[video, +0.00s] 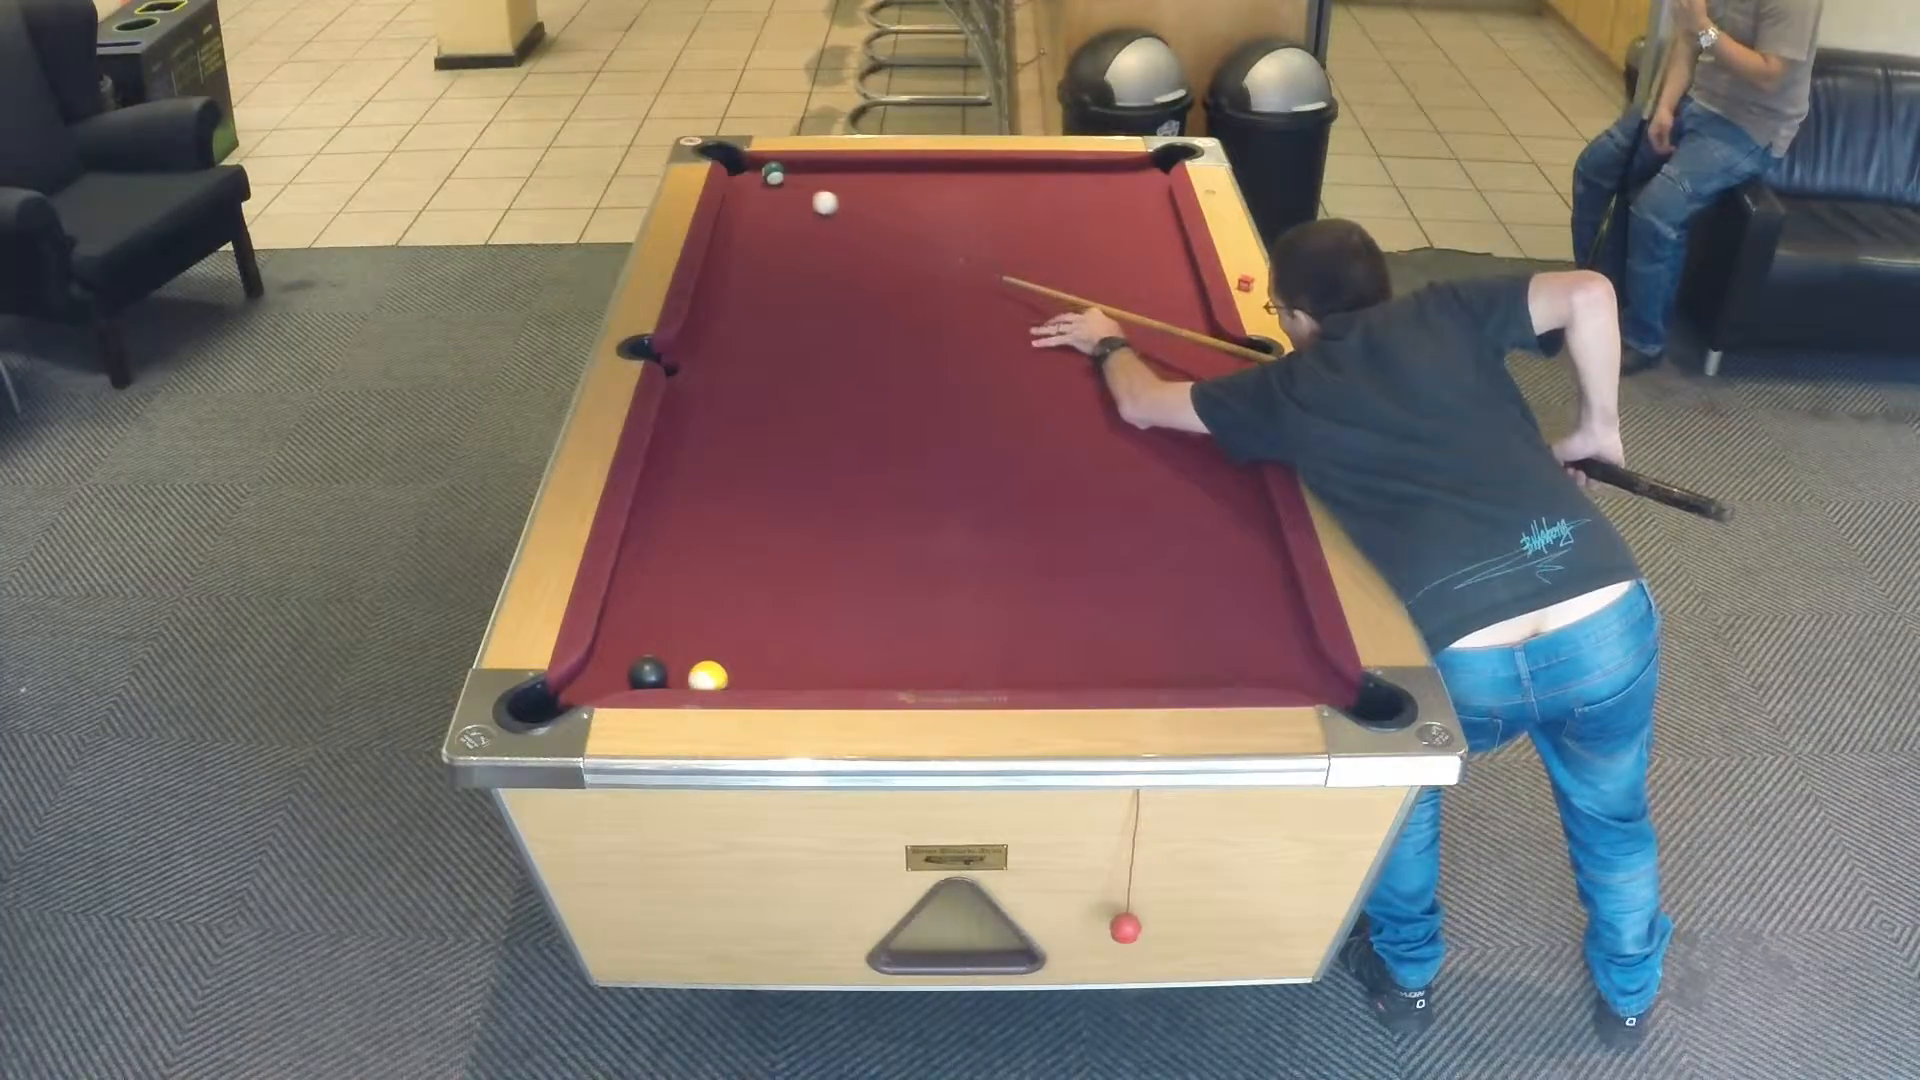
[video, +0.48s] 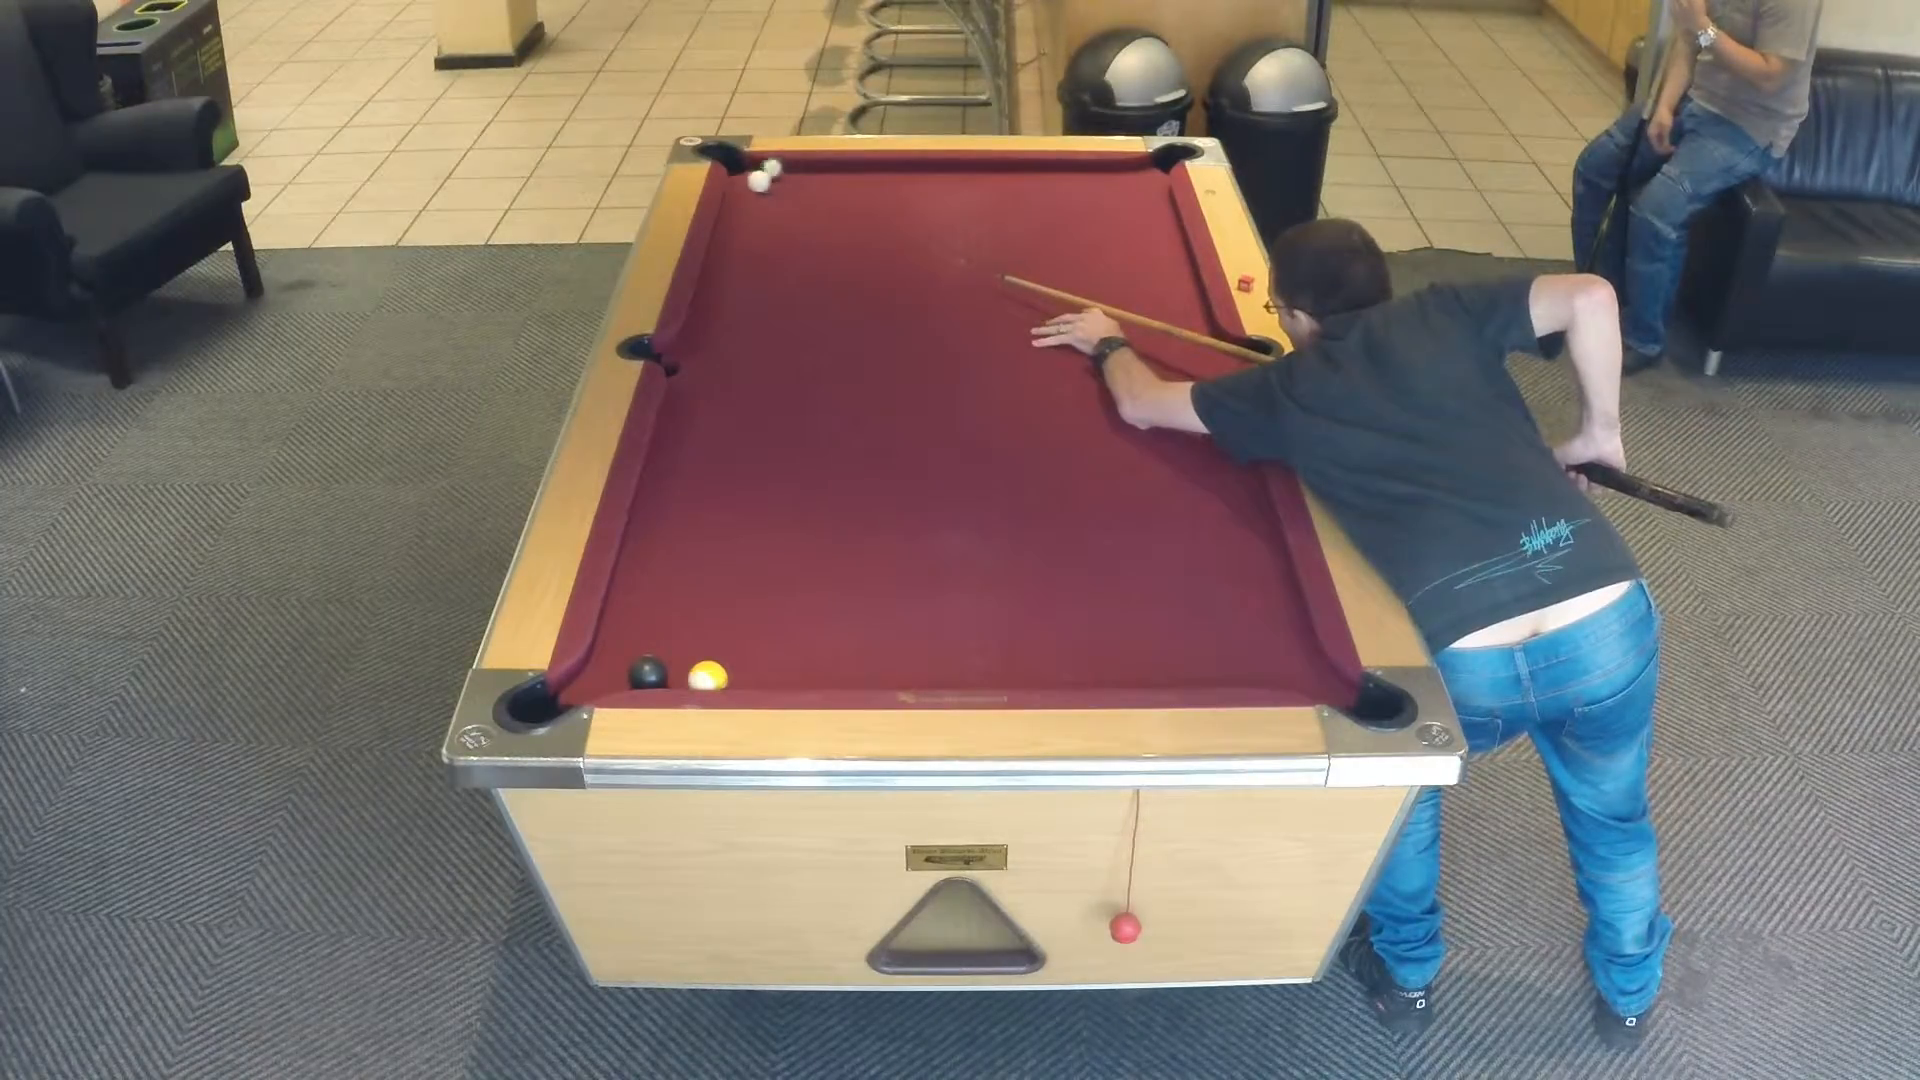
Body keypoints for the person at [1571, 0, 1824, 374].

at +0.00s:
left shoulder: (1792, 6)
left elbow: (1770, 76)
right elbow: (1686, 41)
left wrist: (1703, 29)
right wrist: (1665, 106)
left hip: (1746, 128)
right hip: (1689, 103)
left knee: (1653, 211)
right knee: (1595, 168)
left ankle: (1643, 342)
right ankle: (1591, 300)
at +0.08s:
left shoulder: (1792, 6)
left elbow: (1770, 76)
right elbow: (1686, 41)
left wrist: (1703, 28)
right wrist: (1665, 106)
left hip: (1746, 128)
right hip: (1689, 103)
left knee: (1653, 211)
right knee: (1595, 168)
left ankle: (1643, 342)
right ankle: (1591, 301)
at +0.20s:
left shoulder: (1792, 6)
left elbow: (1770, 76)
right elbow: (1686, 41)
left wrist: (1703, 28)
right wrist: (1665, 106)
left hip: (1746, 128)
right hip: (1689, 103)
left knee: (1653, 211)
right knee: (1595, 168)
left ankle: (1643, 342)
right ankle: (1592, 300)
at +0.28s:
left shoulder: (1792, 6)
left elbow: (1770, 76)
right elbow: (1686, 42)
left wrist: (1704, 29)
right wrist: (1665, 106)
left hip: (1746, 128)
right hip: (1689, 104)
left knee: (1653, 211)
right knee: (1595, 168)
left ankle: (1643, 342)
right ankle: (1592, 300)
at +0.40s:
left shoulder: (1792, 6)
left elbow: (1771, 76)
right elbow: (1686, 40)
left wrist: (1702, 28)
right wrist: (1665, 105)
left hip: (1747, 127)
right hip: (1688, 102)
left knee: (1654, 210)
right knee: (1595, 168)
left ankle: (1642, 341)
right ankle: (1593, 303)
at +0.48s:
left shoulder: (1792, 6)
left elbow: (1771, 76)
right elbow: (1686, 40)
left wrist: (1702, 28)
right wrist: (1665, 105)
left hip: (1747, 127)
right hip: (1688, 102)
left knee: (1654, 210)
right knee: (1595, 168)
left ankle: (1642, 341)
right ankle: (1593, 302)